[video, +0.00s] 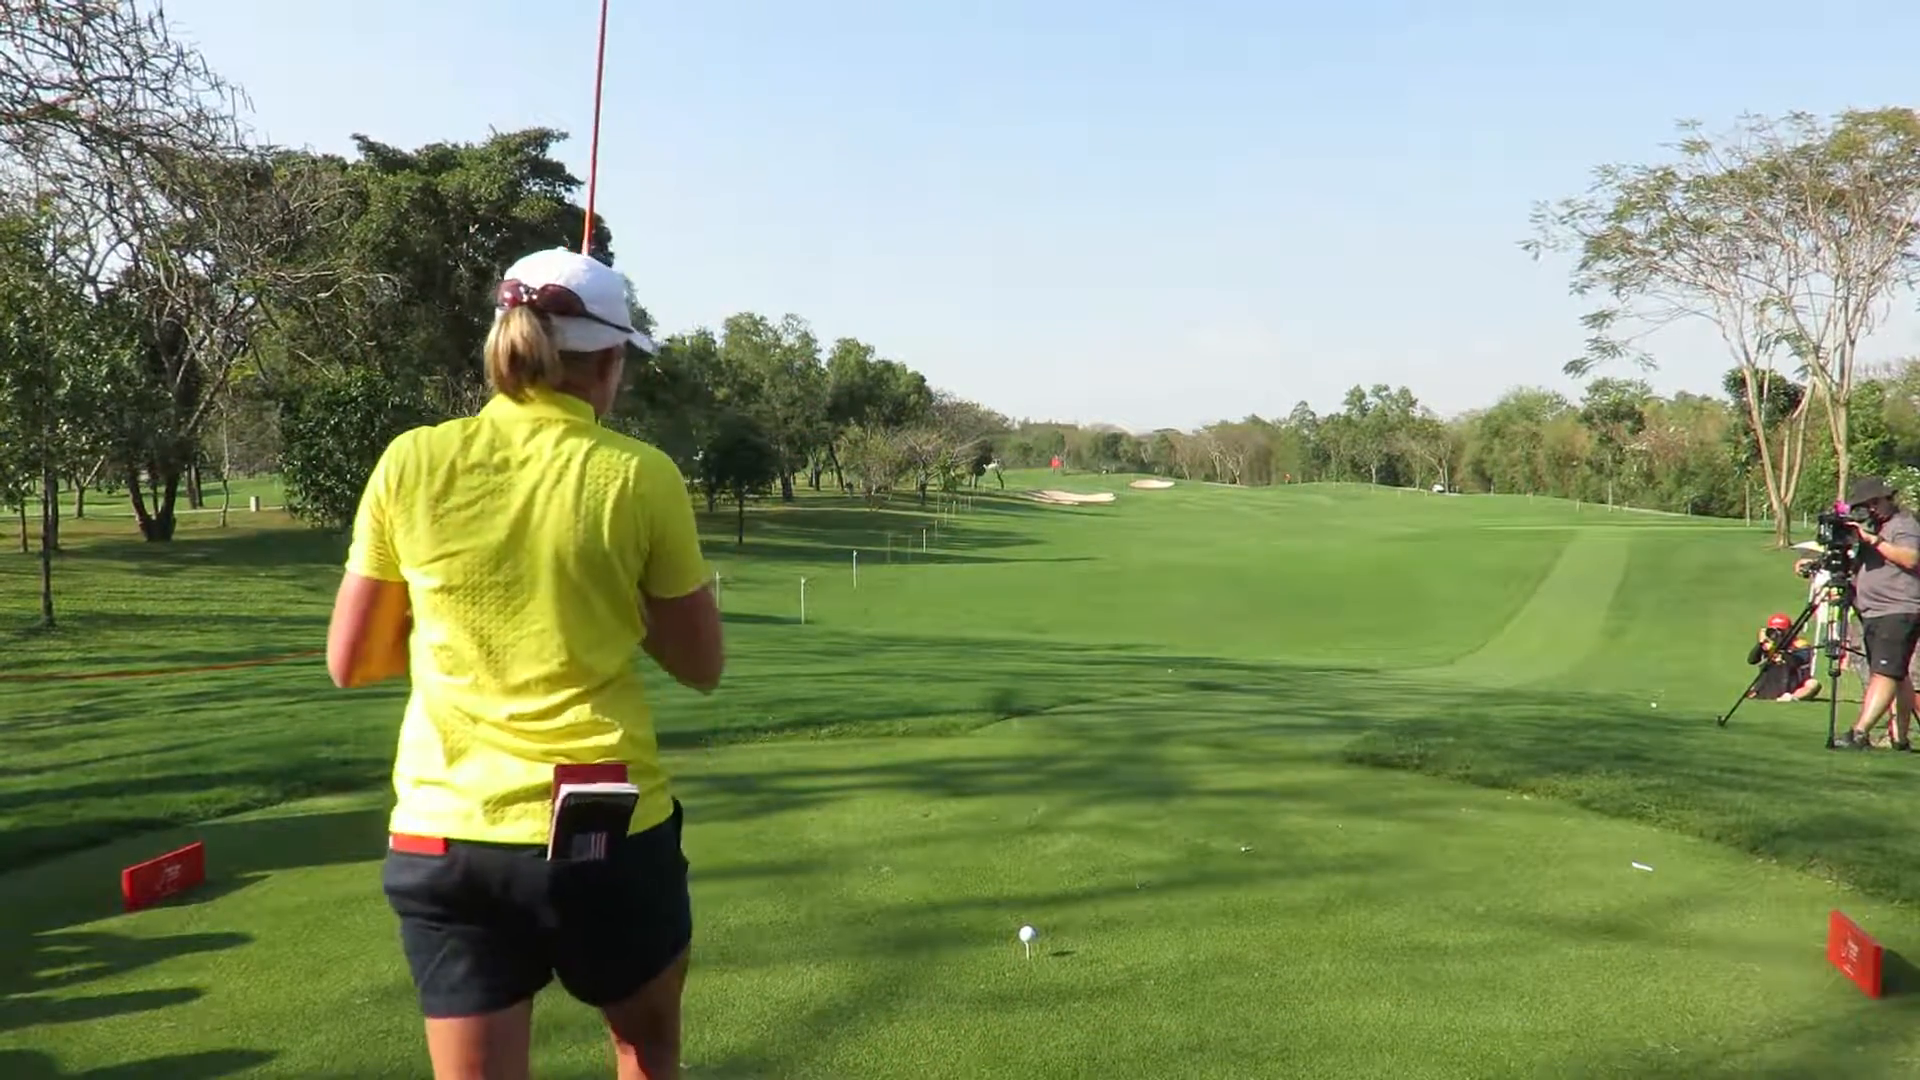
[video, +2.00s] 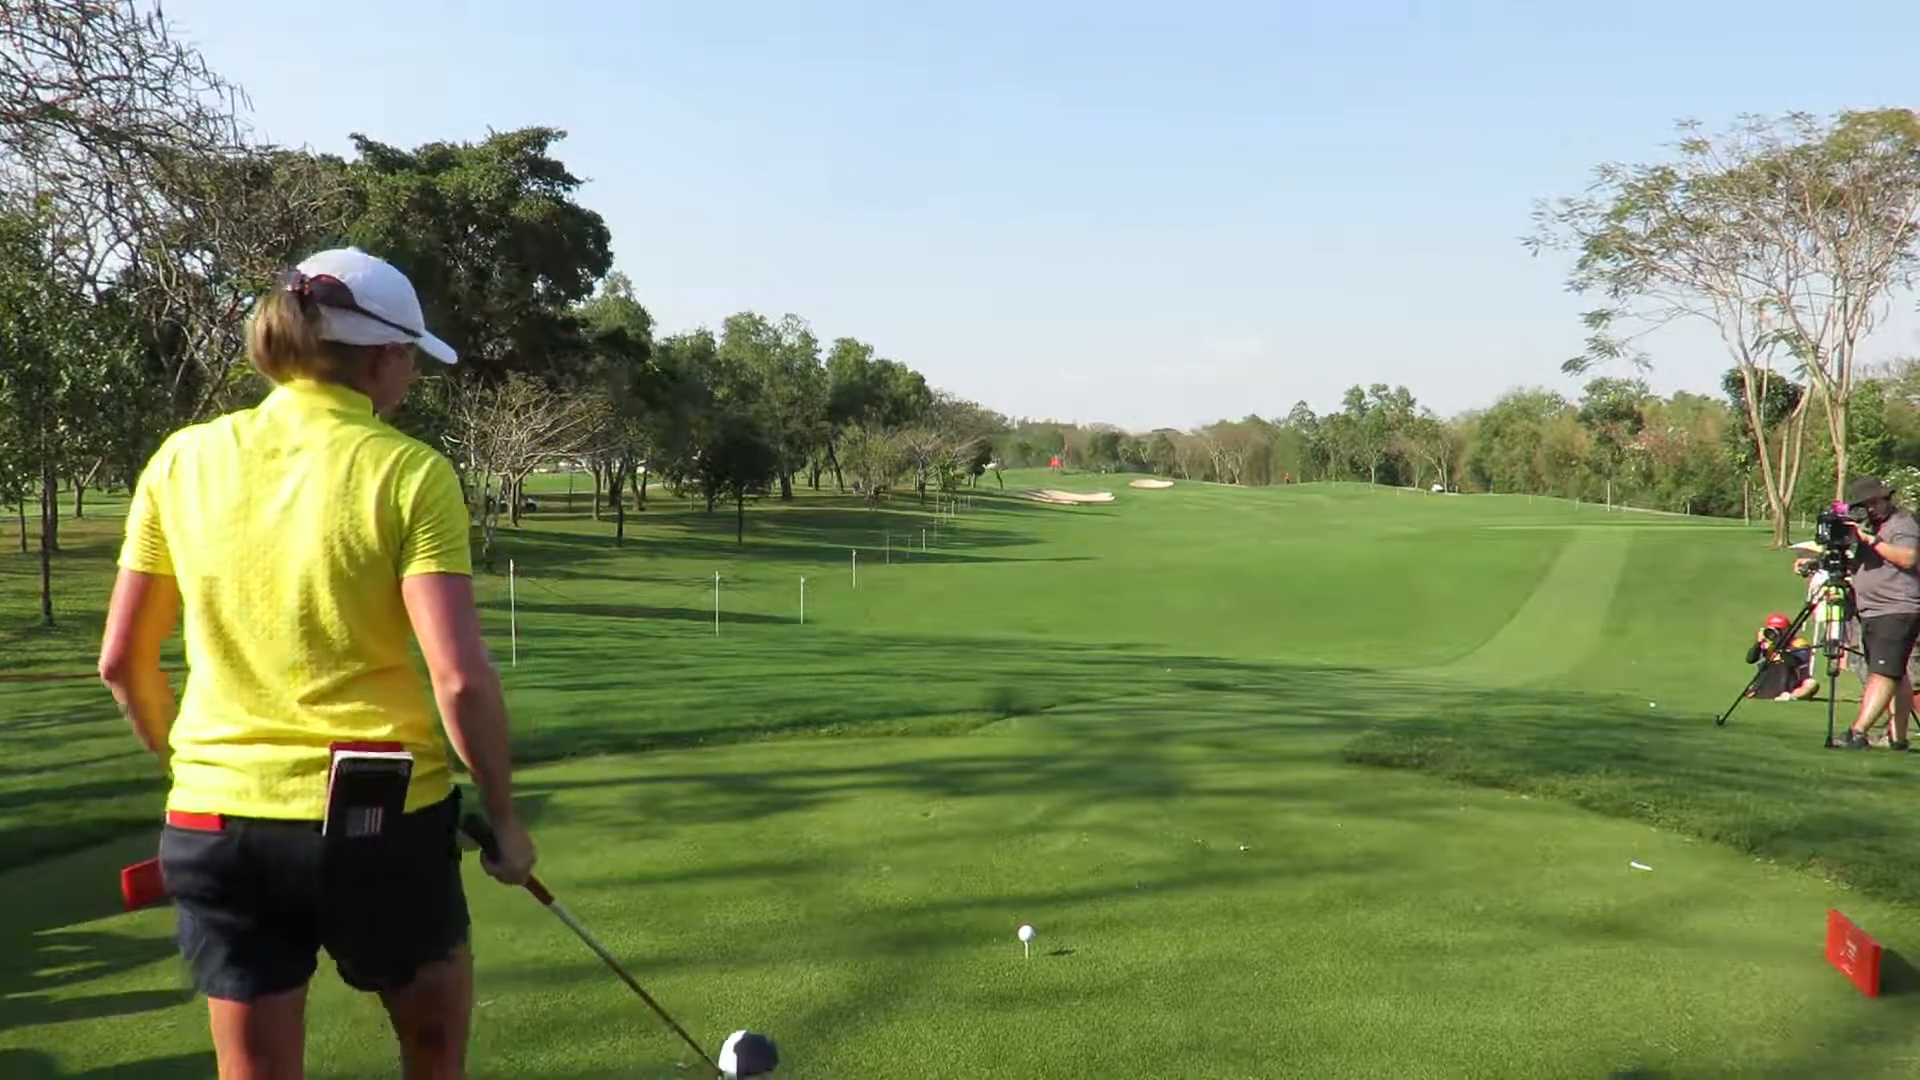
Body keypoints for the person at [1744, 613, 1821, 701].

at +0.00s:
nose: (1775, 635)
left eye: (1779, 631)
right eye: (1771, 632)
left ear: (1788, 632)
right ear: (1767, 633)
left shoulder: (1801, 645)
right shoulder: (1769, 645)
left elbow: (1799, 661)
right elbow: (1752, 660)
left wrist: (1783, 656)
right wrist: (1761, 644)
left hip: (1792, 686)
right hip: (1769, 684)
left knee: (1814, 684)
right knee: (1750, 692)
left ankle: (1793, 697)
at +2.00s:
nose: (1773, 636)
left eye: (1776, 632)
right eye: (1770, 632)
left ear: (1785, 631)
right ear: (1767, 632)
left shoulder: (1799, 644)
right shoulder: (1768, 645)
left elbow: (1798, 662)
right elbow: (1750, 660)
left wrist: (1783, 656)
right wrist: (1758, 643)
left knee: (1812, 683)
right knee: (1749, 691)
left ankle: (1791, 696)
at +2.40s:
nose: (1777, 633)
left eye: (1781, 630)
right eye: (1774, 630)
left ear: (1789, 630)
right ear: (1770, 630)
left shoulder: (1799, 644)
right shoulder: (1767, 642)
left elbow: (1797, 660)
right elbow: (1750, 661)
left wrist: (1782, 655)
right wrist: (1757, 644)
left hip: (1792, 682)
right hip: (1770, 680)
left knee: (1812, 683)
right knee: (1749, 691)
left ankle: (1791, 696)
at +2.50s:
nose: (1777, 633)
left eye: (1781, 630)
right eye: (1774, 630)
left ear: (1789, 631)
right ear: (1770, 629)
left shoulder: (1800, 644)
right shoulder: (1769, 641)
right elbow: (1750, 661)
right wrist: (1757, 645)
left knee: (1812, 682)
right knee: (1750, 690)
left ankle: (1791, 696)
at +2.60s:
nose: (1778, 632)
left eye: (1782, 629)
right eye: (1775, 629)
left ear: (1789, 630)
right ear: (1770, 629)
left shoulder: (1800, 644)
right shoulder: (1769, 641)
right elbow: (1750, 661)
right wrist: (1757, 645)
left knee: (1812, 682)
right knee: (1750, 689)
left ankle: (1791, 695)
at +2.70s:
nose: (1778, 632)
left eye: (1781, 628)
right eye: (1775, 628)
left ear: (1789, 630)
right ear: (1770, 628)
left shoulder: (1800, 643)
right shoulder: (1769, 641)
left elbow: (1793, 661)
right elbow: (1750, 661)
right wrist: (1757, 645)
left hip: (1793, 681)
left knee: (1812, 682)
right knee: (1750, 690)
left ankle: (1791, 695)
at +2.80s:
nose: (1776, 633)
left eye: (1780, 629)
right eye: (1773, 629)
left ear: (1788, 629)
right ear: (1770, 629)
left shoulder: (1799, 643)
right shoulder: (1769, 643)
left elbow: (1799, 658)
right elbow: (1750, 661)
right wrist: (1758, 644)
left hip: (1794, 681)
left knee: (1812, 682)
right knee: (1751, 690)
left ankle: (1791, 695)